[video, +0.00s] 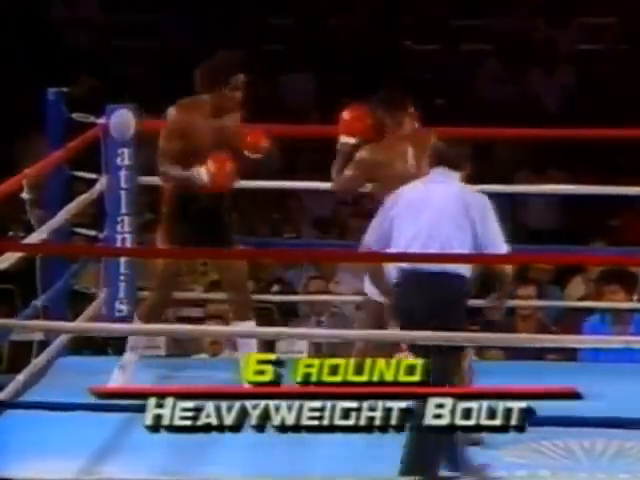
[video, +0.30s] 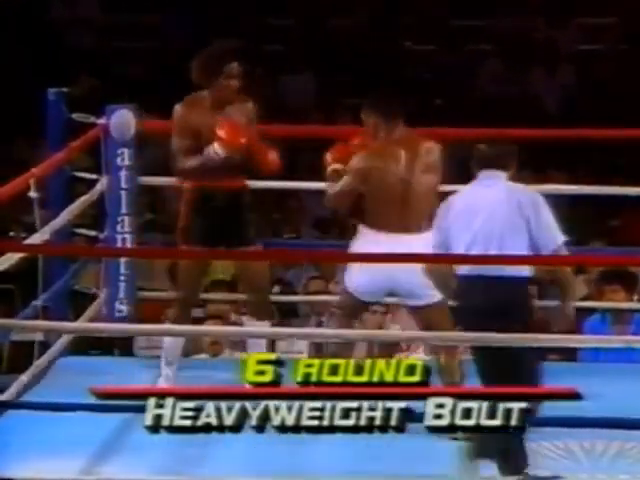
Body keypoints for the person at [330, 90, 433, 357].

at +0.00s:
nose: (417, 120)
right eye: (411, 115)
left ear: (381, 118)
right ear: (408, 115)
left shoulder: (372, 154)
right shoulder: (428, 143)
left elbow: (339, 185)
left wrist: (344, 147)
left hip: (389, 235)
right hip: (427, 233)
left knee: (374, 305)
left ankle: (359, 368)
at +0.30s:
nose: (366, 131)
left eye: (367, 124)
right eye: (365, 124)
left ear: (379, 123)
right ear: (401, 121)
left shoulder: (366, 160)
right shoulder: (432, 152)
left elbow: (335, 200)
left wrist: (333, 175)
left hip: (369, 257)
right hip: (417, 258)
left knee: (340, 326)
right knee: (448, 344)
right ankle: (457, 414)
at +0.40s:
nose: (352, 122)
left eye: (355, 116)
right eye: (353, 116)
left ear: (363, 117)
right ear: (389, 116)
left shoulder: (346, 156)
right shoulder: (419, 150)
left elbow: (316, 192)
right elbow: (428, 181)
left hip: (354, 241)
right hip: (401, 242)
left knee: (327, 324)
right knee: (434, 330)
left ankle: (307, 389)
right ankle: (447, 397)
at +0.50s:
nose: (347, 116)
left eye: (347, 110)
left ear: (346, 109)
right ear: (377, 112)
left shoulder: (323, 134)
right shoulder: (390, 139)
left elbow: (282, 125)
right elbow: (425, 165)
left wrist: (246, 115)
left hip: (320, 230)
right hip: (365, 235)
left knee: (303, 316)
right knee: (404, 319)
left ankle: (279, 377)